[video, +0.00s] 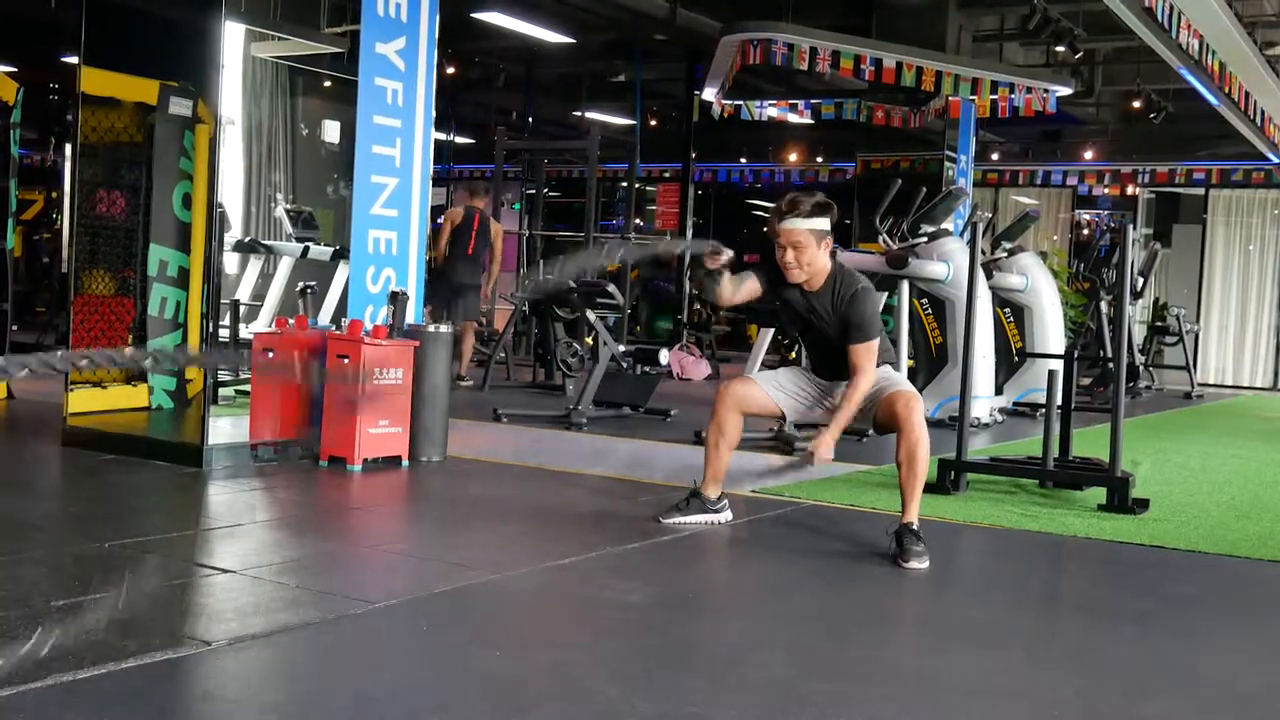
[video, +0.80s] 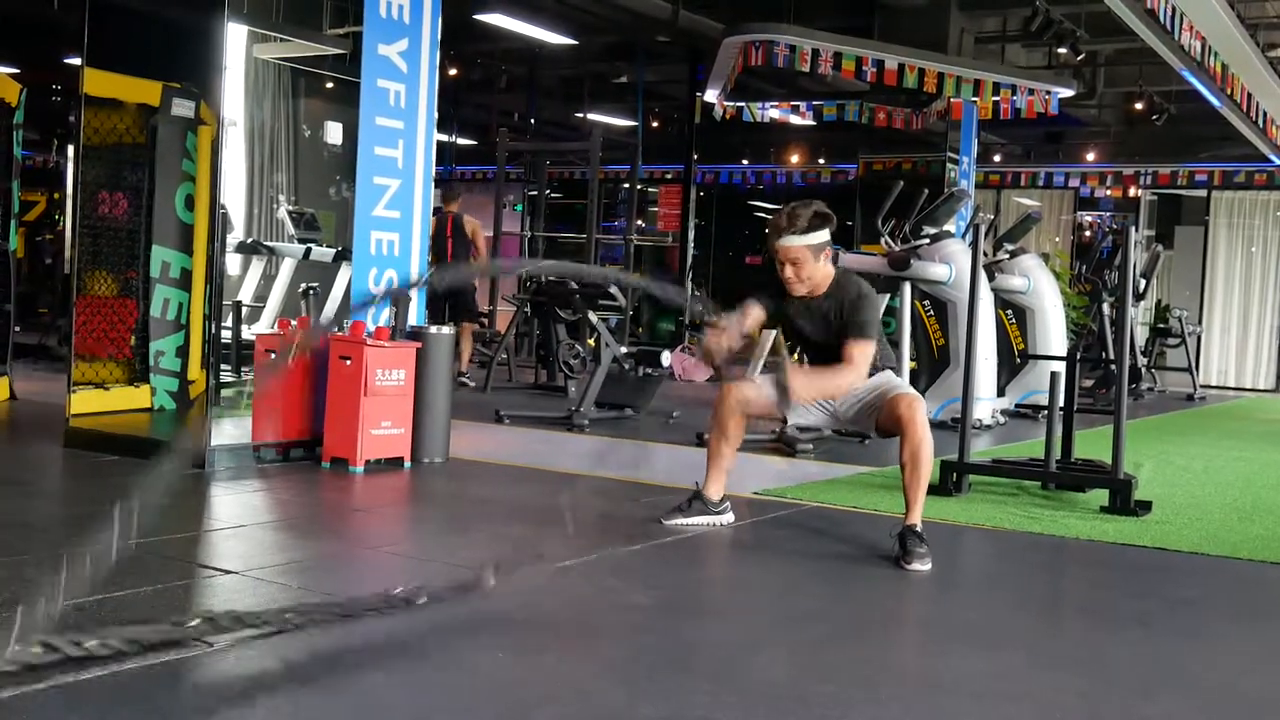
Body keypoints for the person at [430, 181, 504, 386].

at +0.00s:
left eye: (470, 195)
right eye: (484, 199)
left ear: (468, 195)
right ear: (487, 199)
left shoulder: (453, 214)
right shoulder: (494, 226)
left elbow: (440, 246)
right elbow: (496, 260)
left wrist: (440, 268)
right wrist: (489, 286)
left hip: (447, 278)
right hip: (471, 282)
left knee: (438, 323)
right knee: (468, 329)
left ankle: (435, 371)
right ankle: (462, 374)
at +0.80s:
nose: (454, 203)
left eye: (449, 199)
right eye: (458, 199)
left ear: (442, 200)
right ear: (459, 200)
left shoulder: (432, 223)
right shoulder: (470, 223)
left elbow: (424, 252)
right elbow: (481, 253)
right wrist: (478, 274)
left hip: (438, 281)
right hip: (463, 281)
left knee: (435, 328)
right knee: (465, 327)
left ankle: (434, 372)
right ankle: (463, 371)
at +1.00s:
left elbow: (424, 261)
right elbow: (467, 257)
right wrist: (470, 276)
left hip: (436, 284)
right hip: (458, 282)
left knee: (438, 326)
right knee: (476, 314)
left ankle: (439, 366)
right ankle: (475, 351)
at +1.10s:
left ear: (420, 202)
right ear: (433, 200)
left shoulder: (413, 221)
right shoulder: (445, 216)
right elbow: (464, 237)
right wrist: (466, 261)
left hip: (431, 279)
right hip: (453, 276)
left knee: (435, 319)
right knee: (476, 308)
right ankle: (477, 347)